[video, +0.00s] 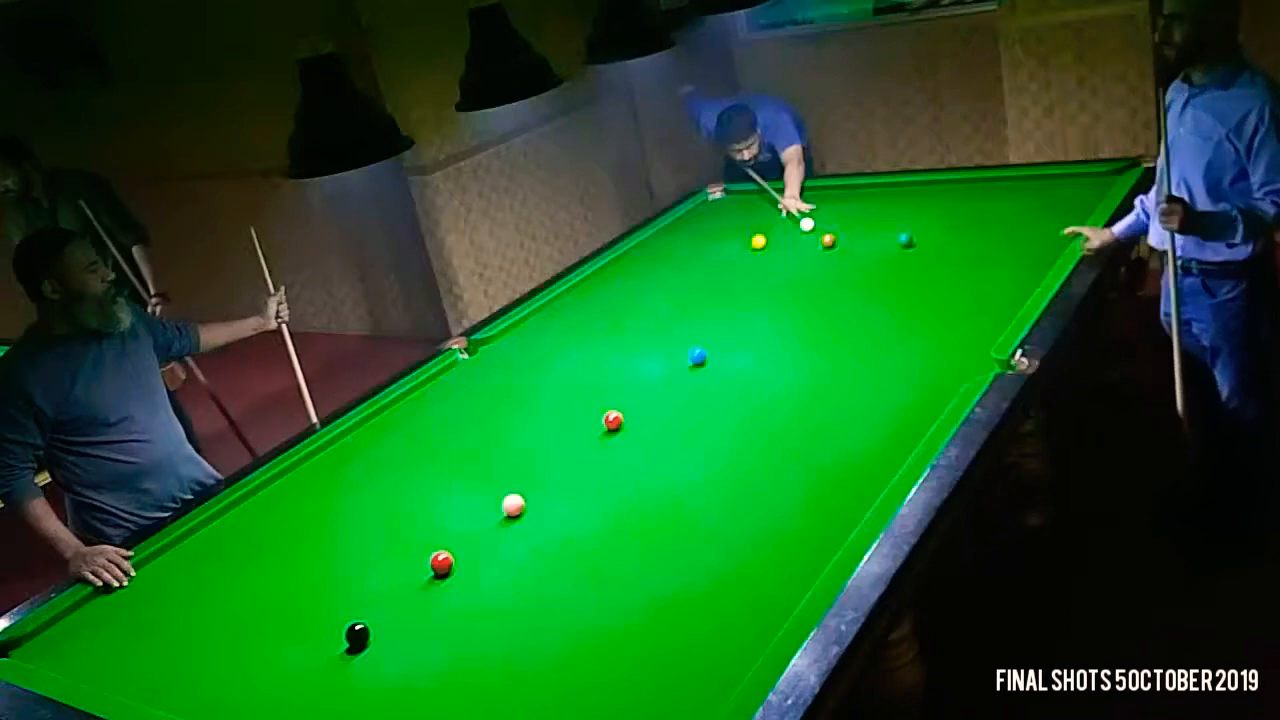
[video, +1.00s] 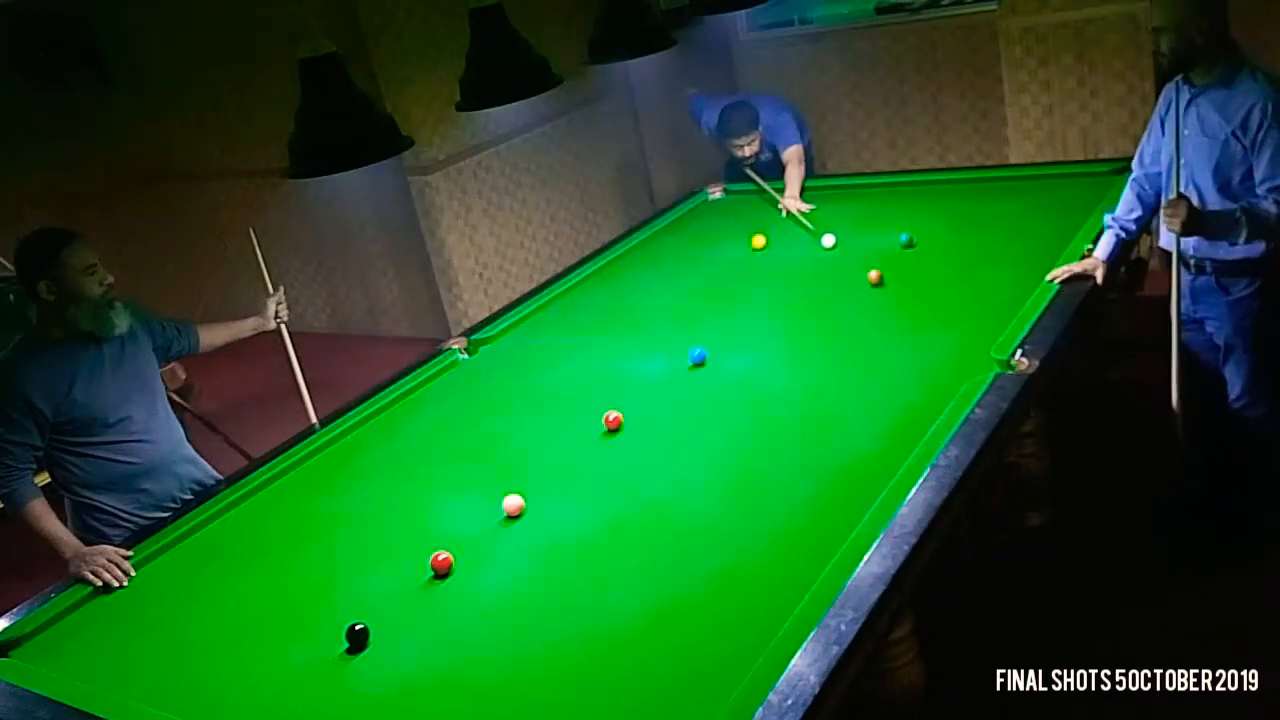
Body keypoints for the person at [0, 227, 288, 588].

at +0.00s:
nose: (108, 275)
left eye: (102, 264)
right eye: (91, 268)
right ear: (52, 289)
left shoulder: (133, 325)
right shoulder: (23, 372)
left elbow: (188, 337)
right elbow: (14, 477)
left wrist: (262, 321)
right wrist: (75, 552)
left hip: (206, 504)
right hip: (129, 544)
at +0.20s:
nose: (108, 275)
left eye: (104, 265)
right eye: (91, 268)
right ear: (52, 289)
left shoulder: (131, 327)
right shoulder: (24, 371)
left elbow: (189, 338)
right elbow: (13, 476)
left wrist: (261, 321)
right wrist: (74, 552)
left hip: (207, 505)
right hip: (130, 544)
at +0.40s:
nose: (109, 276)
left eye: (103, 265)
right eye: (91, 269)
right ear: (52, 290)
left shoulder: (129, 326)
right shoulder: (25, 369)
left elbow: (188, 338)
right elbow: (13, 475)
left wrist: (261, 321)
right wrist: (74, 552)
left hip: (206, 504)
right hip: (130, 544)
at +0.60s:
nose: (110, 277)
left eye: (103, 266)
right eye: (91, 270)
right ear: (51, 291)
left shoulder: (131, 326)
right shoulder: (24, 372)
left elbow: (188, 338)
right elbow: (13, 477)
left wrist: (261, 321)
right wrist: (75, 552)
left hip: (206, 503)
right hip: (130, 544)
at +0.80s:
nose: (110, 277)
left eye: (102, 266)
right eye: (91, 270)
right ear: (50, 291)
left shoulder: (131, 325)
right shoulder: (25, 373)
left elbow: (187, 338)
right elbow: (13, 477)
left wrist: (261, 321)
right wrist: (75, 552)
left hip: (206, 503)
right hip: (129, 543)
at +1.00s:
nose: (109, 278)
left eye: (101, 267)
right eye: (90, 272)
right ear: (47, 291)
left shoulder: (130, 325)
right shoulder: (25, 373)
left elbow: (187, 337)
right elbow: (13, 477)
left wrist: (260, 321)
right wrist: (75, 552)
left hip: (206, 503)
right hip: (130, 544)